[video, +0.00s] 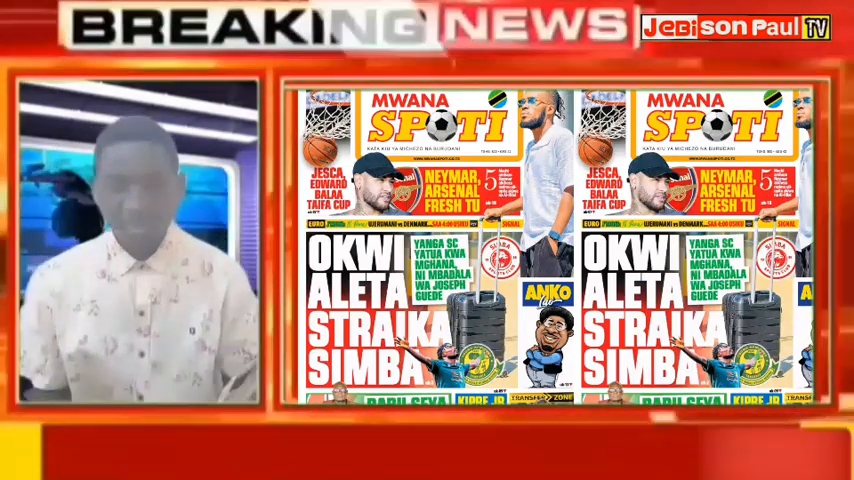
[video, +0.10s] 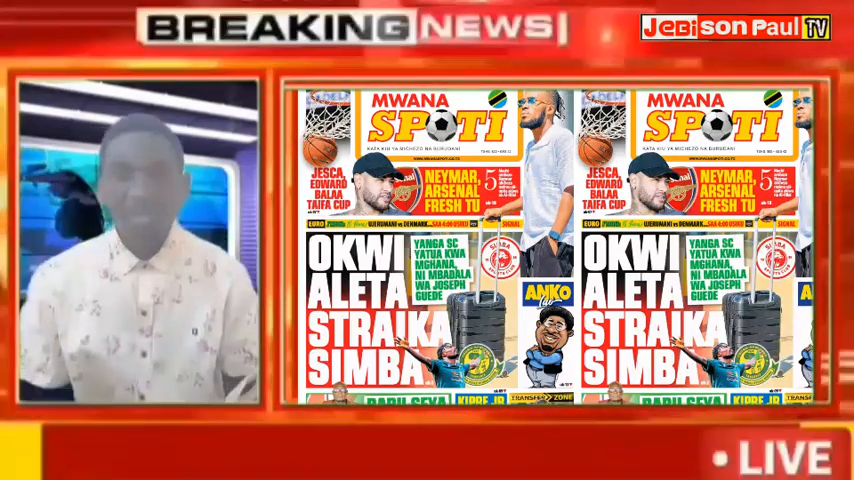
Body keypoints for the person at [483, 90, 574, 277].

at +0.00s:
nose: (523, 107)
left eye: (531, 101)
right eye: (522, 103)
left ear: (549, 110)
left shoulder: (563, 139)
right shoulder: (531, 147)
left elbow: (571, 192)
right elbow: (532, 196)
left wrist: (554, 238)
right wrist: (502, 211)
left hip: (551, 241)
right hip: (530, 242)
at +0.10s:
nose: (523, 107)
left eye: (531, 101)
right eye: (522, 103)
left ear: (549, 110)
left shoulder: (563, 139)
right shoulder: (531, 147)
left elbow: (571, 192)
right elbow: (532, 196)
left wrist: (554, 238)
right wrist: (502, 211)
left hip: (551, 241)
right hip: (530, 242)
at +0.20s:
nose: (523, 107)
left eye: (531, 101)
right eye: (522, 103)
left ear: (550, 110)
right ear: (519, 108)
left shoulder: (563, 139)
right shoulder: (531, 147)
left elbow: (571, 192)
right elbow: (532, 195)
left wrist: (554, 238)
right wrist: (502, 211)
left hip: (551, 241)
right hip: (530, 242)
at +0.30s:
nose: (523, 107)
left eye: (531, 101)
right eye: (522, 103)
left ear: (549, 110)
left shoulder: (563, 139)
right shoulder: (531, 147)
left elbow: (571, 192)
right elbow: (532, 195)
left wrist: (553, 238)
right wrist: (502, 211)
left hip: (552, 241)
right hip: (530, 242)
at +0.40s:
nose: (523, 107)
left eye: (531, 101)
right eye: (522, 103)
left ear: (550, 110)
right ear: (519, 108)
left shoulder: (563, 139)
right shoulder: (531, 147)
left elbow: (571, 192)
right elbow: (532, 195)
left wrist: (554, 238)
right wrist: (502, 211)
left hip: (551, 241)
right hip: (530, 242)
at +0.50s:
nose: (523, 107)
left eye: (531, 101)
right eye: (522, 103)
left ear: (550, 110)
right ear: (519, 108)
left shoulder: (563, 139)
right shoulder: (531, 147)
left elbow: (571, 192)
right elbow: (532, 195)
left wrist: (554, 238)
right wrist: (502, 211)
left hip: (551, 241)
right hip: (530, 242)